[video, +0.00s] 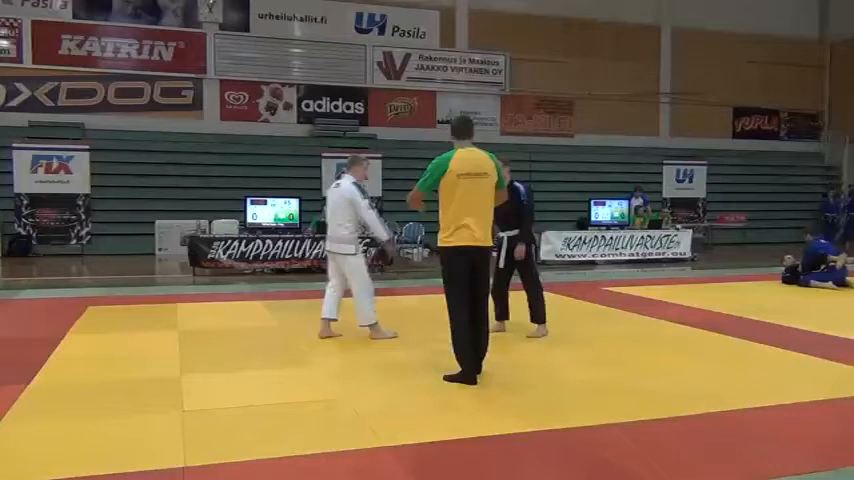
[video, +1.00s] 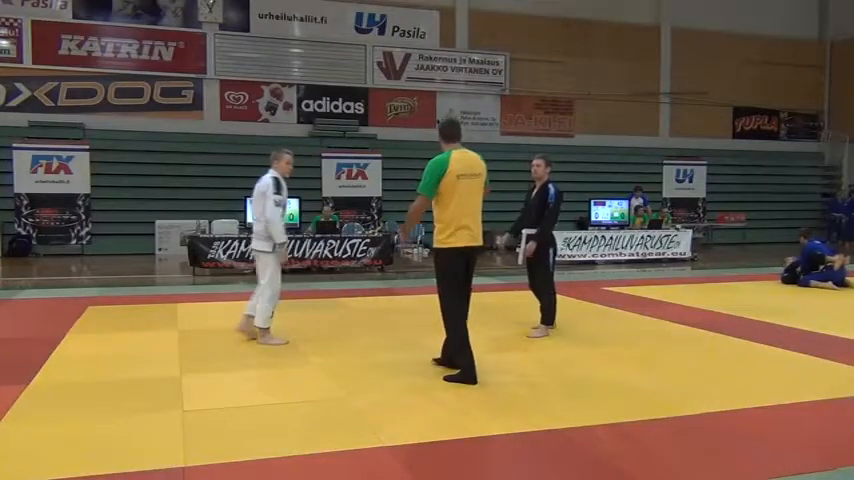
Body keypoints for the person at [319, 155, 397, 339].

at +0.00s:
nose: (366, 174)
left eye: (366, 169)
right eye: (365, 169)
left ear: (350, 168)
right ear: (356, 168)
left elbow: (330, 216)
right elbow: (368, 216)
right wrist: (385, 238)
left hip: (332, 247)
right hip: (349, 248)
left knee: (335, 284)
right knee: (363, 286)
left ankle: (325, 325)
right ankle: (374, 328)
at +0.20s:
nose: (361, 175)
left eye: (361, 170)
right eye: (359, 170)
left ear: (345, 168)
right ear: (351, 168)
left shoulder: (328, 186)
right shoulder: (345, 189)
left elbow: (327, 217)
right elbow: (353, 217)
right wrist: (363, 241)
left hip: (326, 246)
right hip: (341, 247)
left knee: (328, 284)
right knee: (357, 285)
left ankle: (324, 325)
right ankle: (369, 326)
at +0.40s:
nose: (340, 170)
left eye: (341, 166)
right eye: (337, 166)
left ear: (327, 166)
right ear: (326, 165)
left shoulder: (314, 184)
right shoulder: (324, 185)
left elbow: (314, 216)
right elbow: (326, 214)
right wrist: (332, 241)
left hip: (313, 243)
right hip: (323, 243)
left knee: (319, 283)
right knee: (335, 281)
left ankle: (322, 322)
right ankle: (317, 320)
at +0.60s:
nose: (321, 170)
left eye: (322, 166)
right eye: (319, 166)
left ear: (313, 166)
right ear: (309, 165)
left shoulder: (309, 185)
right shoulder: (304, 185)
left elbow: (309, 215)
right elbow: (311, 215)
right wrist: (326, 240)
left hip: (310, 246)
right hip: (301, 246)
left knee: (315, 285)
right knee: (299, 286)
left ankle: (321, 325)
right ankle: (271, 324)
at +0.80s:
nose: (307, 170)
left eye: (307, 167)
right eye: (304, 166)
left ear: (294, 166)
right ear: (293, 165)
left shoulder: (280, 183)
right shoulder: (289, 184)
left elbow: (280, 218)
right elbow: (293, 217)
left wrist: (296, 243)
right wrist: (308, 242)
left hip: (287, 245)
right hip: (281, 245)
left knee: (298, 282)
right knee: (275, 285)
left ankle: (303, 323)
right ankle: (264, 331)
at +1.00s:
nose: (290, 168)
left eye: (291, 164)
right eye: (288, 163)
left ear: (277, 164)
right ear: (276, 163)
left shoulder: (265, 181)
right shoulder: (274, 183)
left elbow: (266, 215)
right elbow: (272, 216)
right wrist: (282, 243)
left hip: (262, 243)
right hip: (267, 244)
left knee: (266, 283)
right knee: (271, 285)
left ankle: (248, 320)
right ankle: (264, 331)